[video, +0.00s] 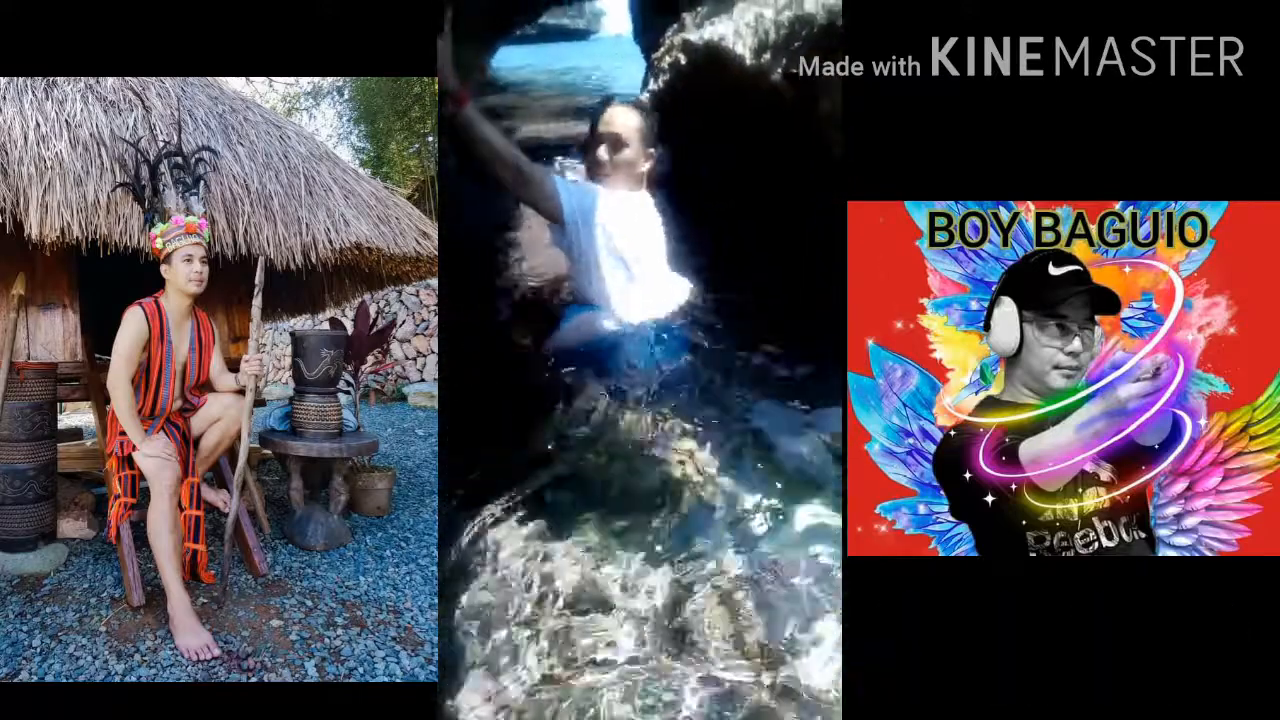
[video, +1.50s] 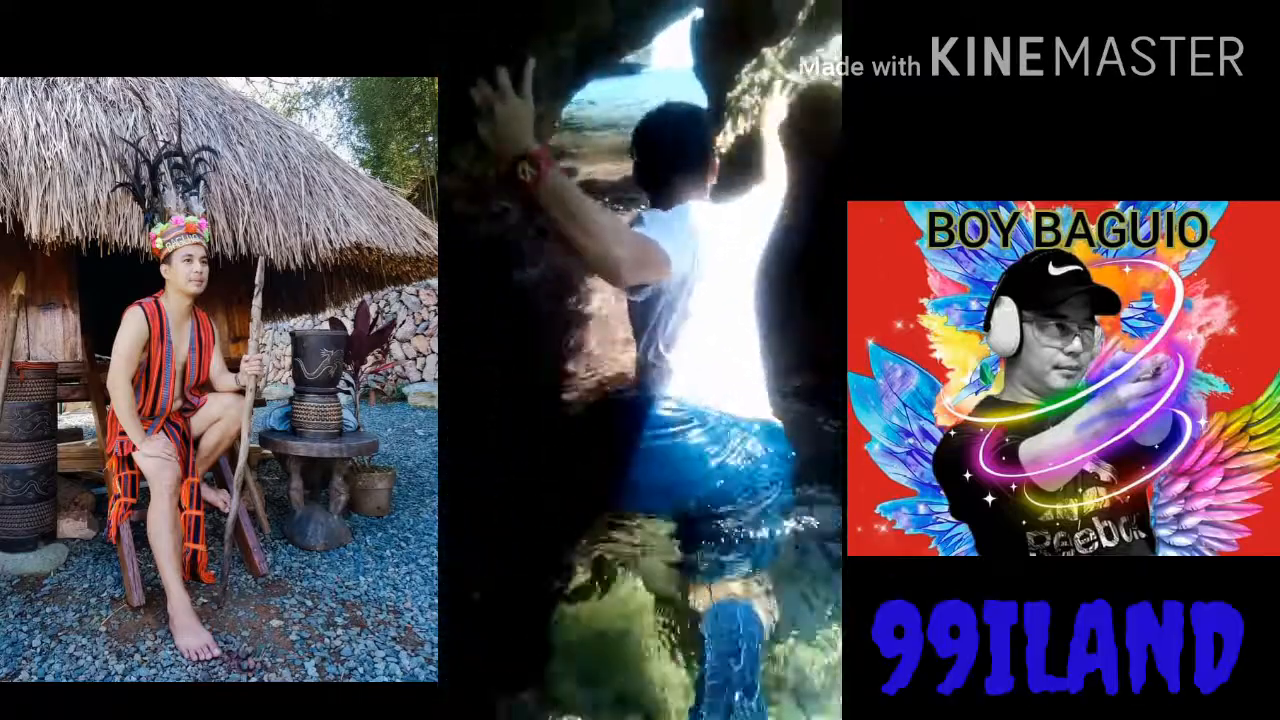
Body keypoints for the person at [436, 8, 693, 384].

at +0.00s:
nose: (599, 154)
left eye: (617, 145)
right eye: (595, 142)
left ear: (647, 161)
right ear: (586, 146)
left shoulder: (593, 205)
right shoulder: (650, 206)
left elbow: (520, 175)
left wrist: (454, 96)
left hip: (635, 341)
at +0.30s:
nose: (619, 155)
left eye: (635, 146)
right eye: (613, 145)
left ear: (664, 159)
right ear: (605, 151)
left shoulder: (622, 200)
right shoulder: (664, 204)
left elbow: (554, 171)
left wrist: (489, 86)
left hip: (641, 338)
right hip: (691, 336)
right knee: (698, 445)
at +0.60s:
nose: (650, 162)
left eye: (667, 152)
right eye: (648, 150)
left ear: (700, 163)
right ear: (643, 149)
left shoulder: (665, 204)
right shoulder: (703, 210)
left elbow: (603, 163)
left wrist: (552, 81)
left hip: (685, 362)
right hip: (734, 363)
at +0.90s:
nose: (644, 106)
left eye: (656, 93)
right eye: (644, 93)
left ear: (697, 104)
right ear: (699, 107)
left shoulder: (683, 154)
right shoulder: (710, 155)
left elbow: (622, 126)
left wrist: (563, 30)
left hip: (702, 337)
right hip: (743, 332)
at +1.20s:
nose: (628, 145)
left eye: (631, 133)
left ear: (637, 141)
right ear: (698, 141)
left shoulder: (661, 198)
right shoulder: (715, 204)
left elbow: (617, 190)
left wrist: (538, 91)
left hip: (676, 401)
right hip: (743, 399)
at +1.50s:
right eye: (716, 156)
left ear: (643, 168)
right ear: (712, 167)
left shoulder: (679, 229)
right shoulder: (736, 225)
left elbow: (620, 259)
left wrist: (527, 157)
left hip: (690, 439)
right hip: (751, 444)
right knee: (733, 592)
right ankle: (735, 707)